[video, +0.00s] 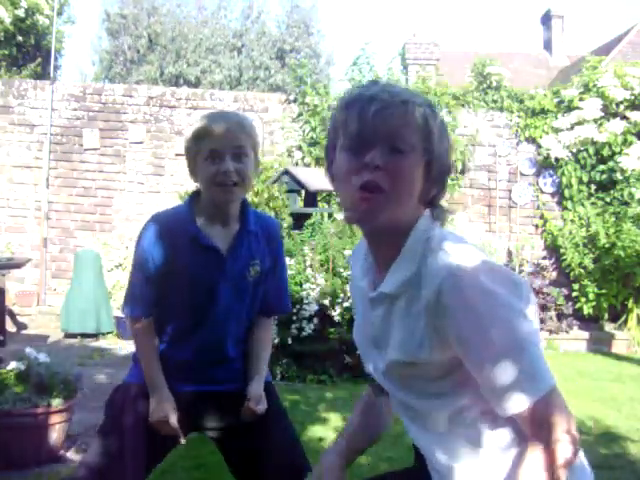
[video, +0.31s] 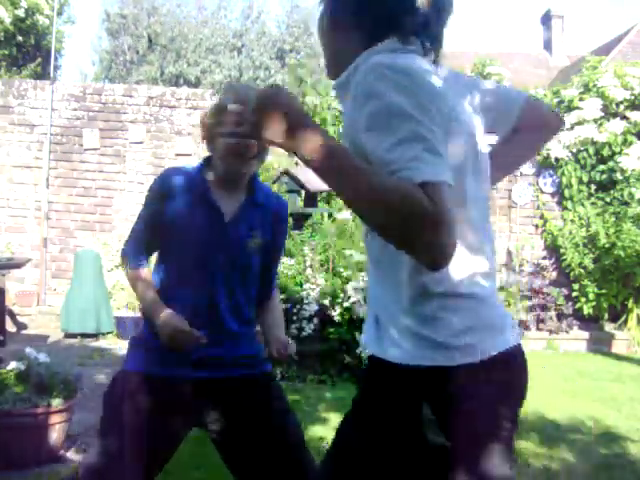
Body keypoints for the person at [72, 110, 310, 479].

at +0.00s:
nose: (227, 168)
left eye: (239, 157)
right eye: (213, 158)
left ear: (254, 166)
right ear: (193, 167)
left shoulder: (266, 232)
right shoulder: (162, 230)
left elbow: (266, 316)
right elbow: (139, 317)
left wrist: (257, 380)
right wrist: (158, 392)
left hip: (239, 384)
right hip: (167, 384)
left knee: (288, 469)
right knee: (112, 469)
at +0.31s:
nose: (245, 143)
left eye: (253, 134)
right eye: (232, 133)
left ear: (265, 144)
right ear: (208, 138)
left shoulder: (272, 210)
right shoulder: (173, 187)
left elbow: (266, 285)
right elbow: (133, 255)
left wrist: (276, 334)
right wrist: (158, 313)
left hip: (238, 364)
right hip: (163, 359)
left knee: (290, 470)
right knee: (124, 467)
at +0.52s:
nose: (236, 39)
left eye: (246, 29)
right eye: (222, 29)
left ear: (259, 33)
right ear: (198, 34)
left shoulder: (271, 93)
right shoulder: (170, 89)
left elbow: (296, 177)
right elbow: (125, 167)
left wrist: (301, 189)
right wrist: (155, 208)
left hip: (244, 267)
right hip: (172, 260)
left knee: (283, 382)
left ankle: (299, 477)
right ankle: (130, 449)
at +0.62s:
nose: (220, 87)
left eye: (231, 75)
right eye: (207, 76)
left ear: (248, 74)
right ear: (187, 77)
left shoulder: (267, 120)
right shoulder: (167, 116)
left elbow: (302, 201)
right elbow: (133, 200)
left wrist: (270, 210)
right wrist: (192, 201)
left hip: (246, 257)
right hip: (178, 250)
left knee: (295, 333)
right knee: (90, 312)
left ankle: (307, 419)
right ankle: (173, 366)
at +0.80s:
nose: (214, 116)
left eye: (226, 107)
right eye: (201, 106)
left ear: (244, 119)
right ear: (182, 120)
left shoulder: (266, 178)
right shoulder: (164, 177)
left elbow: (282, 232)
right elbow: (161, 241)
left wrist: (290, 281)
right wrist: (167, 274)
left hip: (259, 344)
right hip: (184, 345)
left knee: (313, 446)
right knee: (133, 444)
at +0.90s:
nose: (207, 178)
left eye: (218, 165)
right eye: (194, 169)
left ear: (239, 167)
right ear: (179, 176)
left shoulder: (271, 230)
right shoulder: (168, 224)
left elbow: (294, 313)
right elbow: (169, 302)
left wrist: (282, 370)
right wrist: (184, 343)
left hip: (262, 377)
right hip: (191, 371)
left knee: (304, 463)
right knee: (125, 455)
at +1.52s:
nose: (238, 197)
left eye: (249, 187)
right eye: (225, 187)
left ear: (264, 192)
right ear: (206, 194)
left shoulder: (279, 253)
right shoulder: (185, 241)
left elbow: (295, 332)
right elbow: (157, 317)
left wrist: (301, 366)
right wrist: (199, 353)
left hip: (261, 397)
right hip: (191, 398)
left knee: (329, 474)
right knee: (154, 474)